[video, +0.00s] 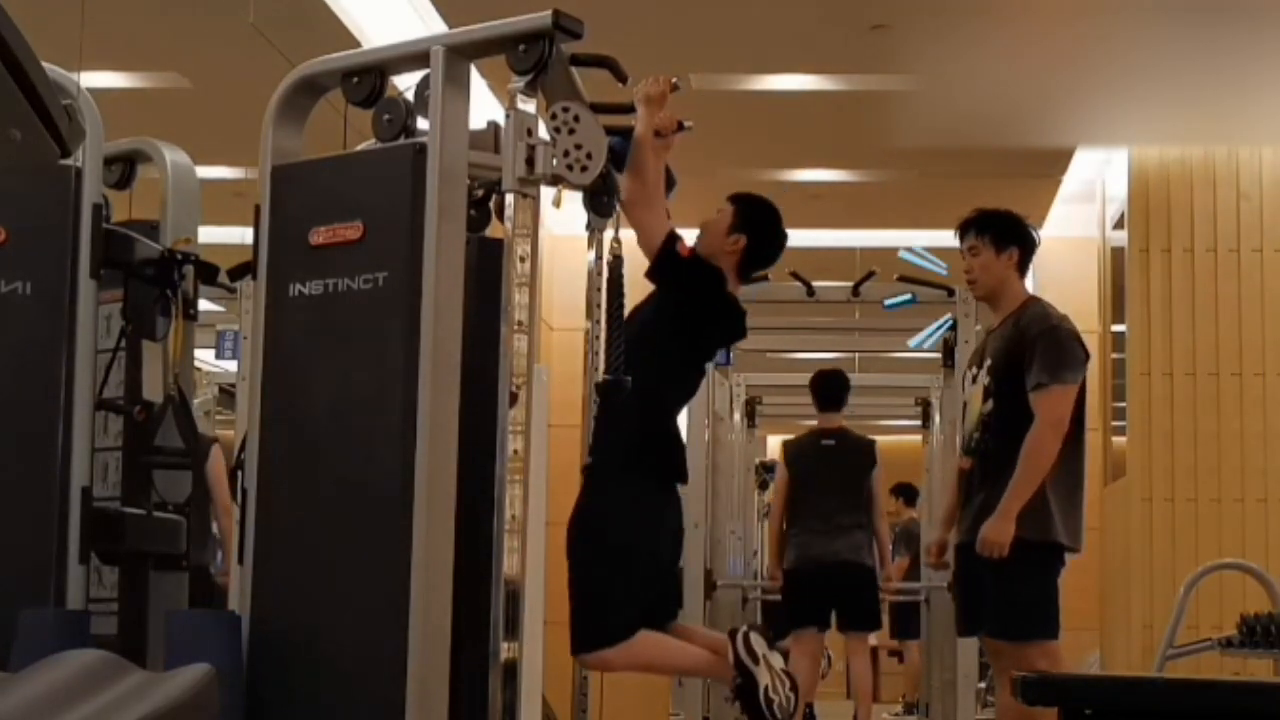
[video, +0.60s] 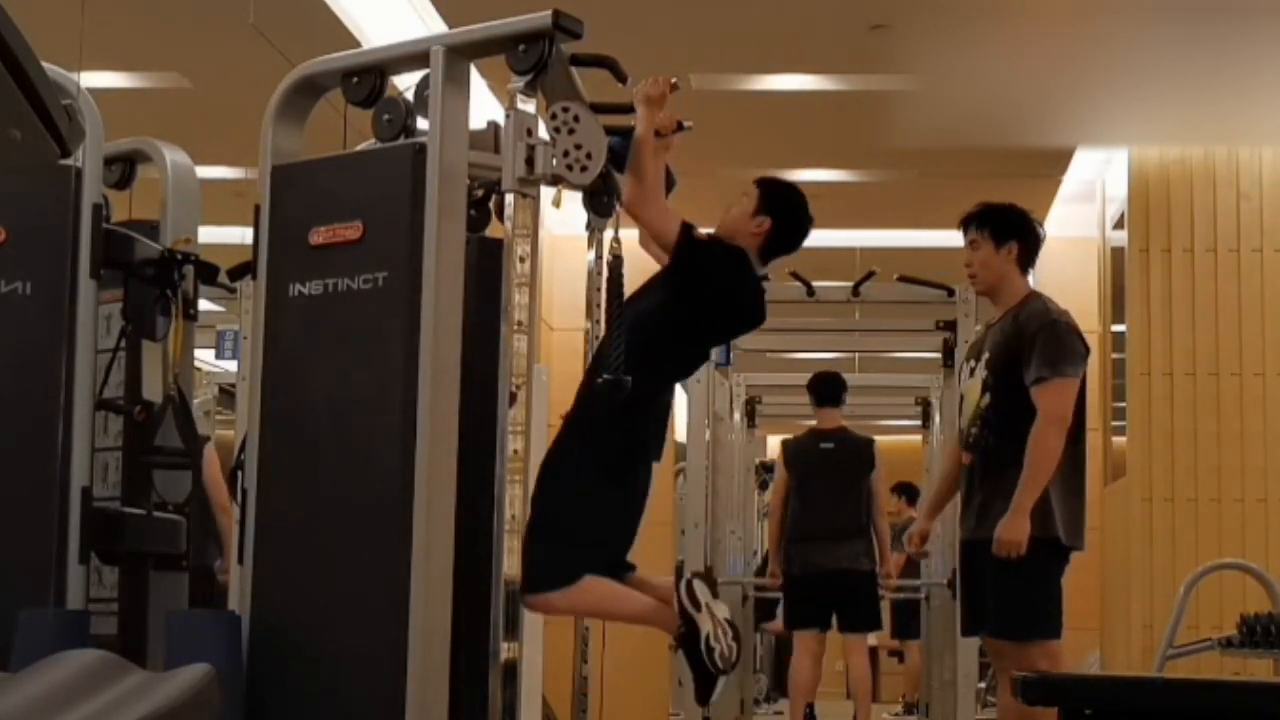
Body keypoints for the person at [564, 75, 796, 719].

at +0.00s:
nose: (708, 216)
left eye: (720, 213)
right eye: (718, 210)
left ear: (736, 239)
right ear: (741, 246)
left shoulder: (700, 289)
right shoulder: (704, 288)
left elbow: (643, 207)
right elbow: (649, 213)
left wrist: (643, 123)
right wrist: (658, 135)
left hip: (624, 481)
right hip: (645, 480)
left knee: (599, 646)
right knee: (641, 623)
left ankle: (731, 665)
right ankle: (741, 652)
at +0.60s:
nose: (730, 206)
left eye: (743, 201)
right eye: (740, 199)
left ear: (759, 223)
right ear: (769, 235)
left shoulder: (721, 265)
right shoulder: (732, 281)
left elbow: (643, 205)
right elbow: (647, 230)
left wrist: (644, 123)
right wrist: (657, 145)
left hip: (605, 427)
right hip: (628, 431)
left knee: (544, 589)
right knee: (593, 567)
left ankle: (680, 619)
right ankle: (686, 605)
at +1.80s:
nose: (725, 170)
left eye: (735, 162)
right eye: (732, 160)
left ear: (757, 177)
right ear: (771, 189)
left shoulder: (721, 228)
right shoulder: (736, 242)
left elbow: (638, 197)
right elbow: (644, 229)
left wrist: (644, 121)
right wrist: (658, 152)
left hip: (626, 399)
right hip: (653, 403)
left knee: (585, 554)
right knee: (628, 542)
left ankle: (719, 583)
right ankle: (722, 577)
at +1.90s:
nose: (724, 191)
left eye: (736, 185)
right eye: (731, 183)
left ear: (759, 206)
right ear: (765, 212)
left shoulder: (721, 256)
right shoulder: (736, 264)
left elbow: (645, 205)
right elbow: (647, 222)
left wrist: (650, 127)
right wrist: (653, 140)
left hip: (630, 423)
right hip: (657, 428)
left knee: (589, 586)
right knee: (635, 567)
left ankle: (723, 617)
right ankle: (729, 610)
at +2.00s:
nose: (721, 213)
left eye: (733, 209)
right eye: (729, 207)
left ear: (755, 231)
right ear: (759, 237)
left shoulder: (715, 279)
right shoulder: (724, 284)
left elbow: (651, 208)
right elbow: (654, 215)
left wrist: (646, 124)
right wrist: (658, 138)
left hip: (630, 456)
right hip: (652, 457)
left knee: (595, 619)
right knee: (637, 600)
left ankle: (727, 650)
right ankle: (731, 632)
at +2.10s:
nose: (715, 230)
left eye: (728, 227)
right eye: (726, 224)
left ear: (746, 253)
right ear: (748, 256)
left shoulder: (705, 294)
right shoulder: (713, 297)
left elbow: (652, 207)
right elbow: (655, 213)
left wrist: (646, 125)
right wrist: (658, 135)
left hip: (626, 484)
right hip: (648, 484)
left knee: (600, 649)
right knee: (640, 627)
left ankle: (732, 674)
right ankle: (736, 662)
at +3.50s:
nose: (695, 51)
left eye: (706, 41)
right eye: (701, 40)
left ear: (729, 53)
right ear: (742, 60)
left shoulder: (713, 112)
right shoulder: (718, 113)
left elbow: (666, 190)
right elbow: (650, 176)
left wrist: (649, 118)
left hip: (637, 280)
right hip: (653, 288)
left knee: (530, 404)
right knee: (575, 413)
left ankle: (621, 485)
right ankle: (638, 486)